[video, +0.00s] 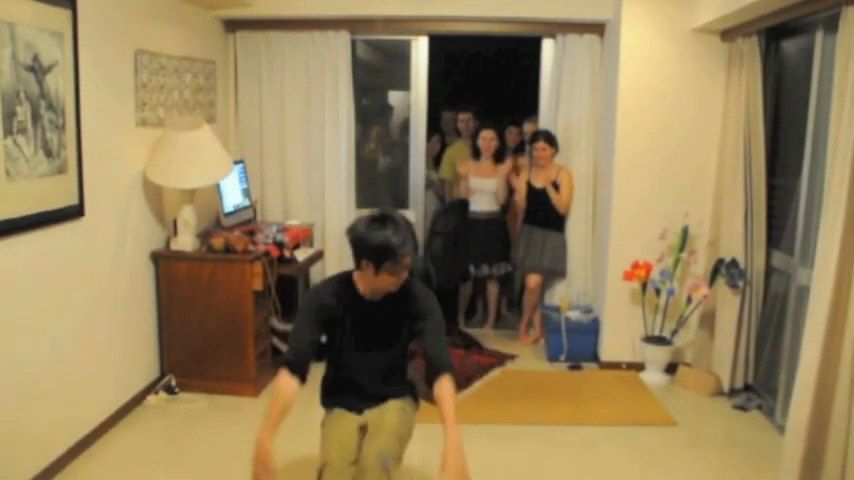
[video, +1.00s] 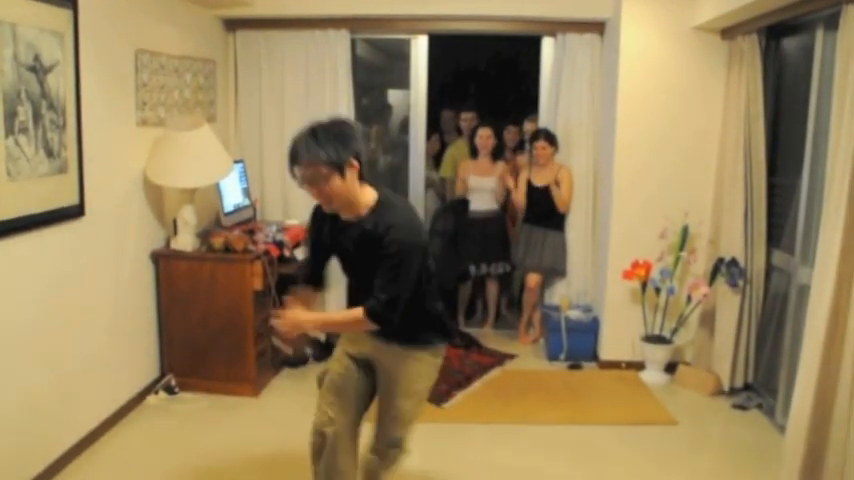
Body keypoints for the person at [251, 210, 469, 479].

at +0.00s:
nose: (404, 278)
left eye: (407, 269)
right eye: (396, 272)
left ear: (410, 261)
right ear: (366, 267)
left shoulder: (416, 297)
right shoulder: (325, 297)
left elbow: (441, 372)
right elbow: (292, 370)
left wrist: (453, 450)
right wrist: (264, 443)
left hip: (394, 397)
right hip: (343, 399)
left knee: (376, 462)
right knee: (335, 468)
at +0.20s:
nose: (414, 304)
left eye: (414, 295)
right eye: (406, 296)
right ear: (377, 296)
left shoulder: (412, 336)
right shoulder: (320, 326)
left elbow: (418, 410)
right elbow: (305, 388)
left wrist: (419, 465)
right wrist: (308, 439)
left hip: (391, 431)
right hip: (335, 429)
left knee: (386, 472)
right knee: (330, 472)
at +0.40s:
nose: (387, 316)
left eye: (395, 306)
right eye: (379, 306)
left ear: (405, 303)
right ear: (362, 298)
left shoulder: (414, 341)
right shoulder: (329, 325)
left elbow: (429, 408)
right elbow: (284, 353)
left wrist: (430, 468)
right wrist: (246, 368)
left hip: (387, 414)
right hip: (337, 421)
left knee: (381, 433)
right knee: (322, 471)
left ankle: (378, 474)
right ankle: (364, 460)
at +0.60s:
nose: (348, 286)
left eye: (357, 277)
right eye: (341, 276)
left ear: (383, 266)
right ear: (332, 269)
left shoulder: (413, 303)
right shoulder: (324, 294)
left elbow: (444, 382)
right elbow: (272, 354)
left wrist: (406, 360)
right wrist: (325, 348)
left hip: (398, 409)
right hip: (340, 404)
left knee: (435, 472)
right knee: (285, 458)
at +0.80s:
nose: (332, 276)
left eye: (339, 264)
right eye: (325, 267)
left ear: (368, 259)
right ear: (318, 266)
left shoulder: (402, 288)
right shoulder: (320, 291)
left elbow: (401, 335)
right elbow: (257, 335)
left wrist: (333, 305)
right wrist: (281, 332)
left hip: (412, 390)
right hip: (351, 389)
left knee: (450, 462)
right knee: (302, 458)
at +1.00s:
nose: (315, 193)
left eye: (321, 180)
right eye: (307, 184)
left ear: (352, 169)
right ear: (301, 183)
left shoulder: (400, 226)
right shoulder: (326, 216)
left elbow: (381, 315)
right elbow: (312, 282)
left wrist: (308, 321)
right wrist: (296, 321)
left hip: (414, 346)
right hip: (360, 336)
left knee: (388, 446)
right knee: (329, 430)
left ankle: (372, 473)